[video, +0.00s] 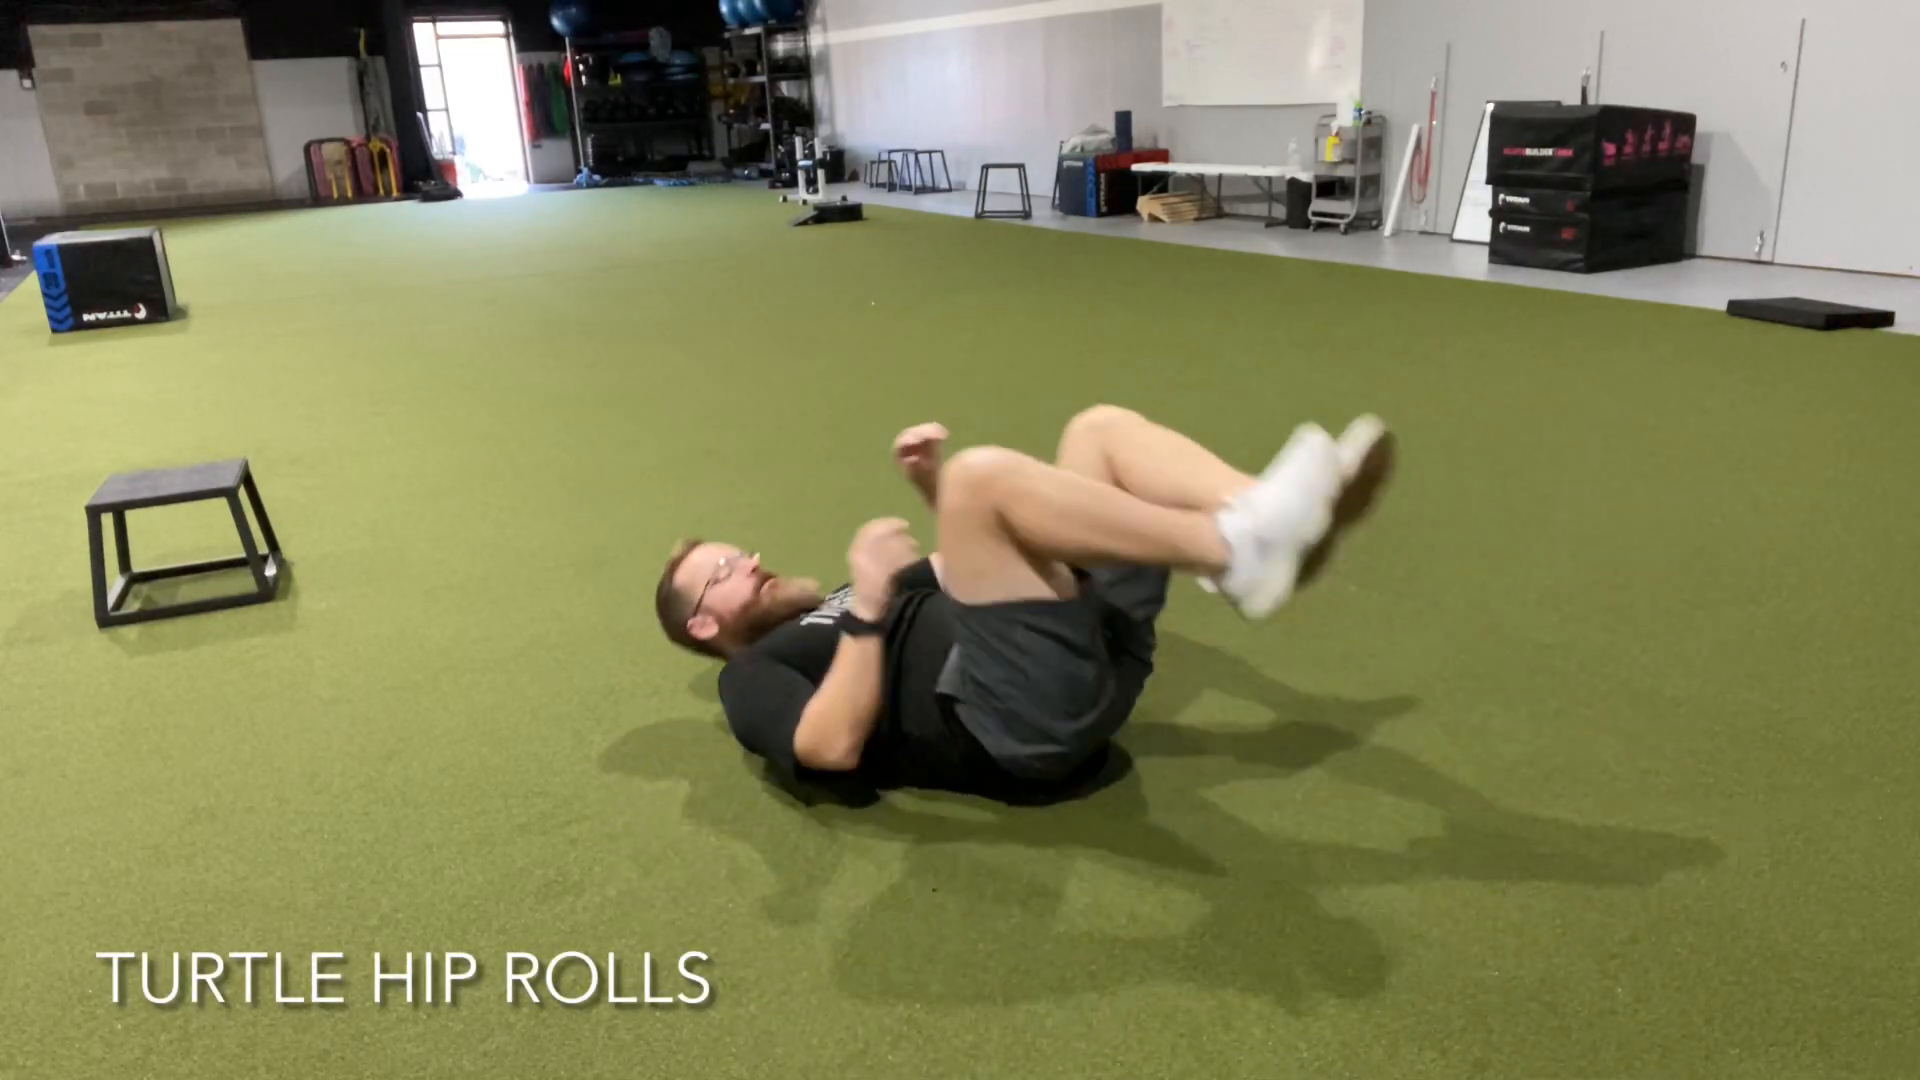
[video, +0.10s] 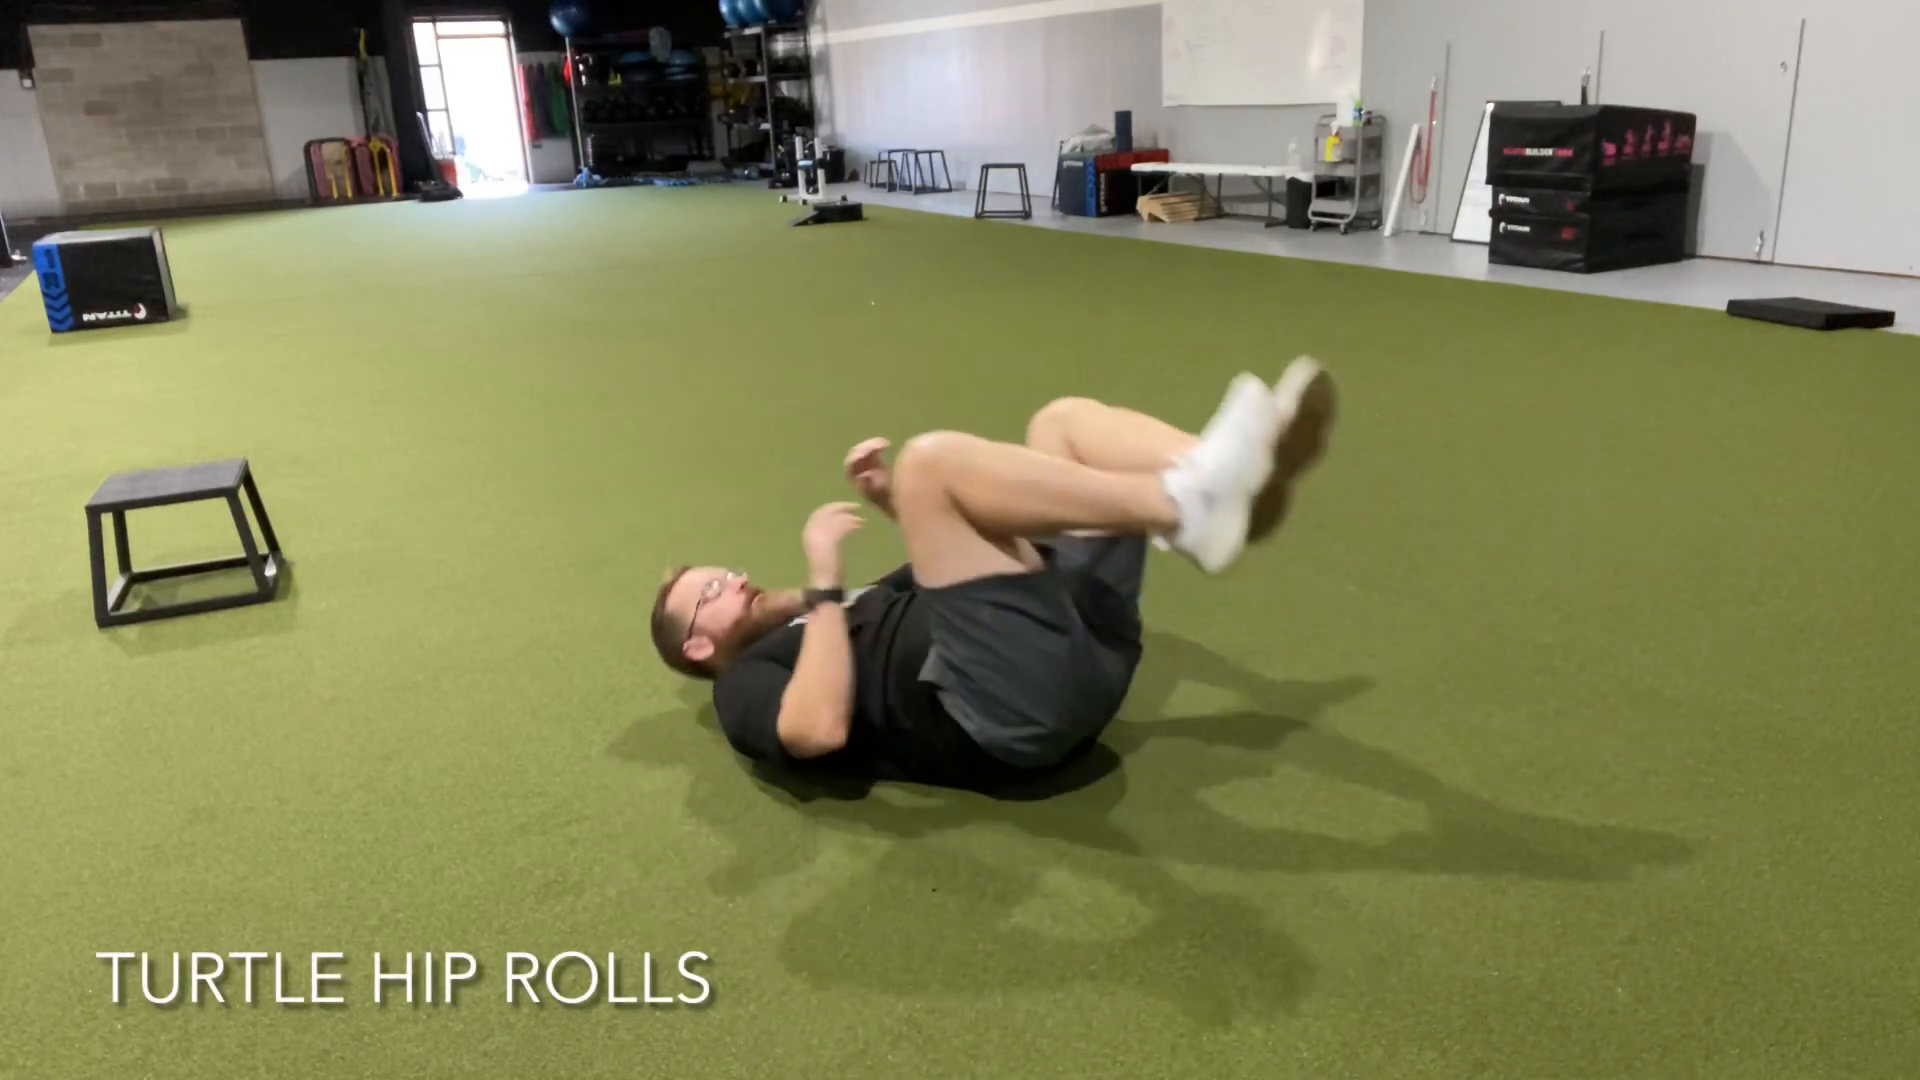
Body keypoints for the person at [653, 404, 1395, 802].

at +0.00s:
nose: (752, 564)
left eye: (743, 557)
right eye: (723, 574)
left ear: (769, 565)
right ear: (707, 627)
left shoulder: (857, 603)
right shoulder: (755, 678)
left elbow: (986, 589)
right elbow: (829, 746)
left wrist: (940, 498)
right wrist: (872, 600)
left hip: (1078, 683)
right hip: (1012, 726)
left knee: (1099, 428)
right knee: (974, 473)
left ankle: (1274, 514)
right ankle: (1230, 553)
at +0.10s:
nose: (728, 581)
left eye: (723, 573)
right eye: (705, 598)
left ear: (752, 577)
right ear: (701, 650)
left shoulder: (843, 607)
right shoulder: (743, 689)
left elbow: (994, 563)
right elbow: (817, 729)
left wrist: (902, 498)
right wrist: (824, 579)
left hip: (1077, 654)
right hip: (1003, 700)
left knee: (1063, 421)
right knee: (928, 459)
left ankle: (1232, 470)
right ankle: (1181, 511)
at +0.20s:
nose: (715, 599)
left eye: (712, 593)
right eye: (695, 618)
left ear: (744, 597)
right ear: (702, 671)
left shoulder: (839, 623)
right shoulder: (739, 701)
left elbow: (962, 557)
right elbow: (802, 704)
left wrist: (861, 519)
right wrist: (790, 567)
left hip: (1075, 654)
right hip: (991, 689)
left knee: (1027, 414)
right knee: (877, 458)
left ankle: (1187, 425)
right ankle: (1126, 459)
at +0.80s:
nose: (718, 578)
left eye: (713, 572)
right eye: (693, 593)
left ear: (745, 578)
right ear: (689, 646)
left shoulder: (834, 623)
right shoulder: (734, 698)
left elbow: (956, 586)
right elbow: (812, 653)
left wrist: (909, 488)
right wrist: (858, 513)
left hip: (1064, 668)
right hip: (961, 681)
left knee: (1107, 417)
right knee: (934, 424)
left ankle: (1238, 475)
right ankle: (1148, 476)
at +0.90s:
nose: (761, 553)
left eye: (755, 543)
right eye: (729, 558)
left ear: (780, 557)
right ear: (704, 609)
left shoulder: (854, 607)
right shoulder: (745, 675)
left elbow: (981, 584)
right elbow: (845, 637)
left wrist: (969, 451)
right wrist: (921, 525)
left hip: (1071, 702)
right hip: (983, 715)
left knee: (1157, 459)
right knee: (1004, 437)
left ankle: (1306, 524)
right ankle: (1224, 525)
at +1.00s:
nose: (793, 524)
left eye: (787, 512)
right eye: (767, 523)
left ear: (802, 528)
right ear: (730, 570)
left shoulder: (879, 579)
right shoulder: (759, 653)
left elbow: (997, 592)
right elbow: (879, 623)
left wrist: (1045, 462)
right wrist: (980, 526)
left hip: (1077, 726)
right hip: (988, 741)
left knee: (1192, 483)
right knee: (1050, 462)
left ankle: (1348, 561)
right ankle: (1280, 565)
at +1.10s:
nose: (849, 486)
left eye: (841, 473)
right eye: (822, 479)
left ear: (826, 498)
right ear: (772, 515)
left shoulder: (905, 555)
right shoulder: (787, 605)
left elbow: (1010, 583)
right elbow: (936, 591)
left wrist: (1113, 500)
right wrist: (1087, 504)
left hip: (1089, 742)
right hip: (1002, 746)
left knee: (1230, 521)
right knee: (1116, 496)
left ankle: (1386, 634)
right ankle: (1349, 633)